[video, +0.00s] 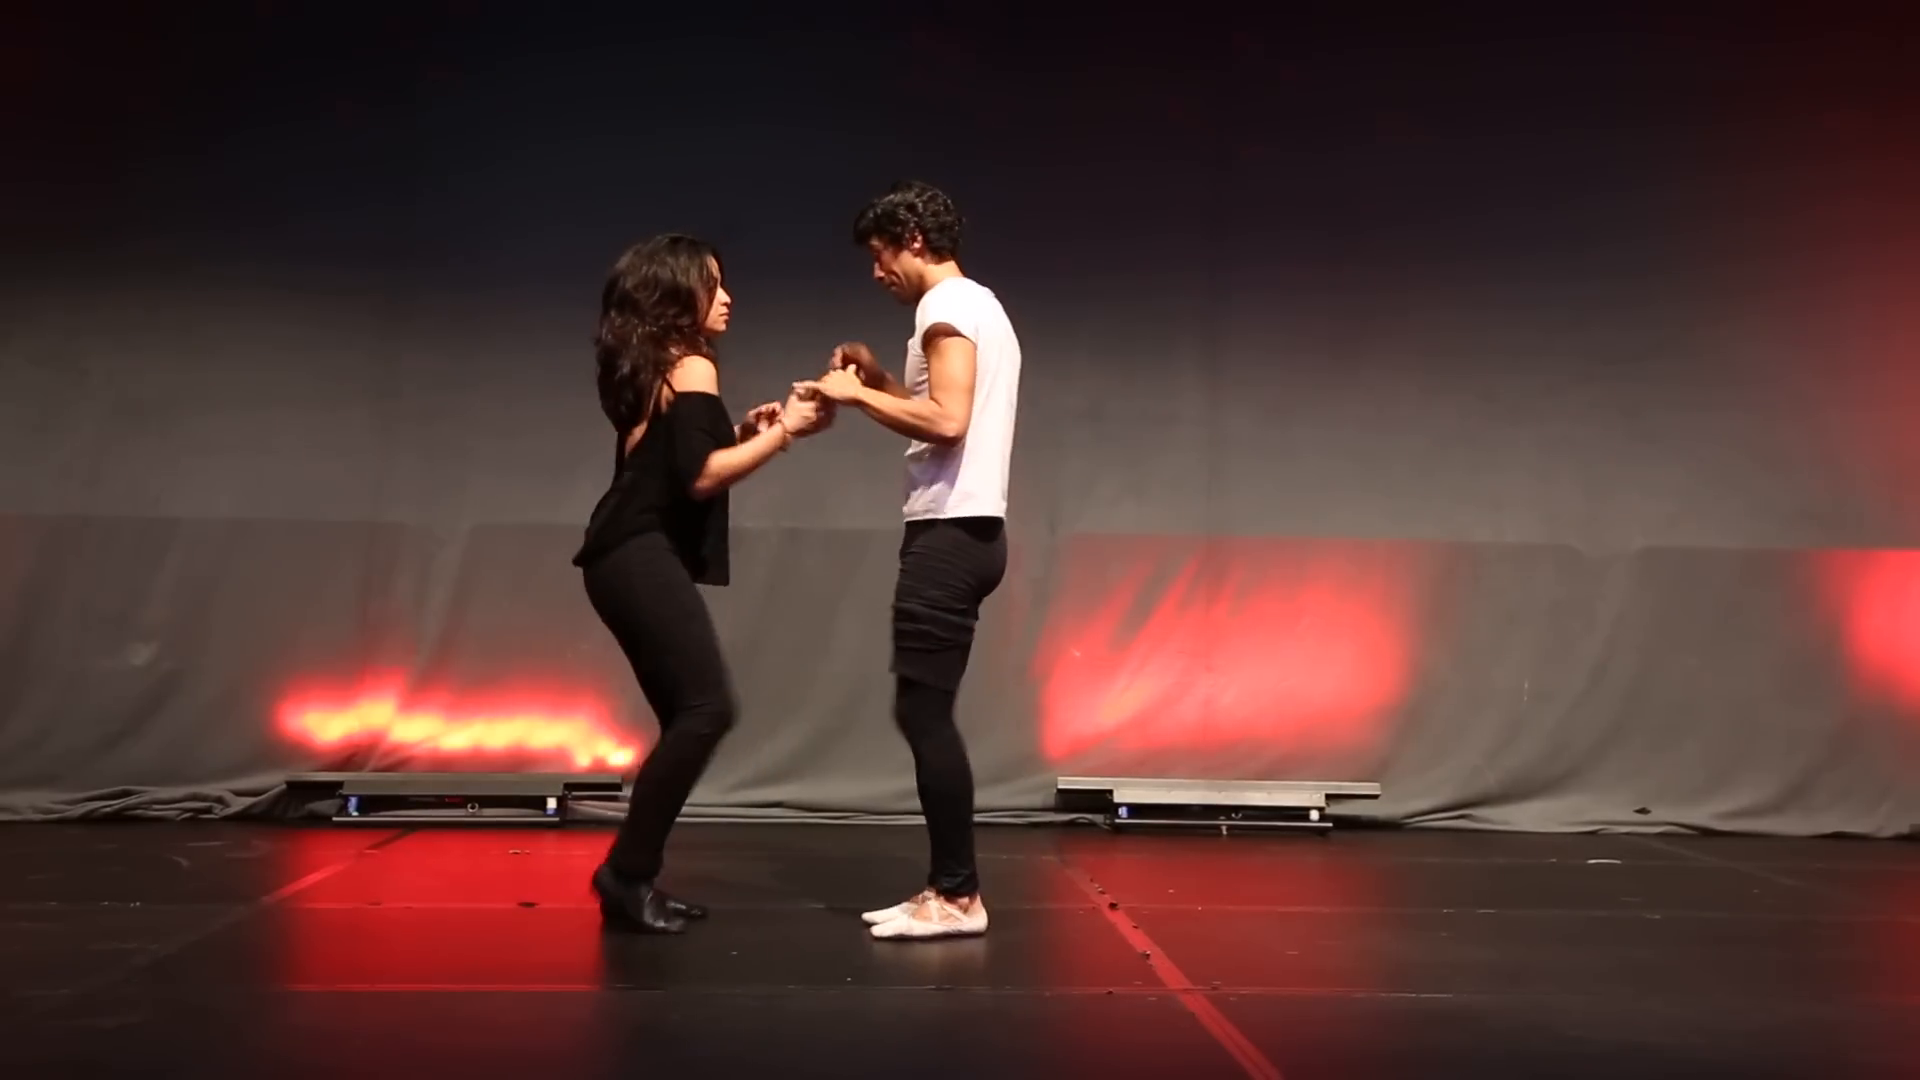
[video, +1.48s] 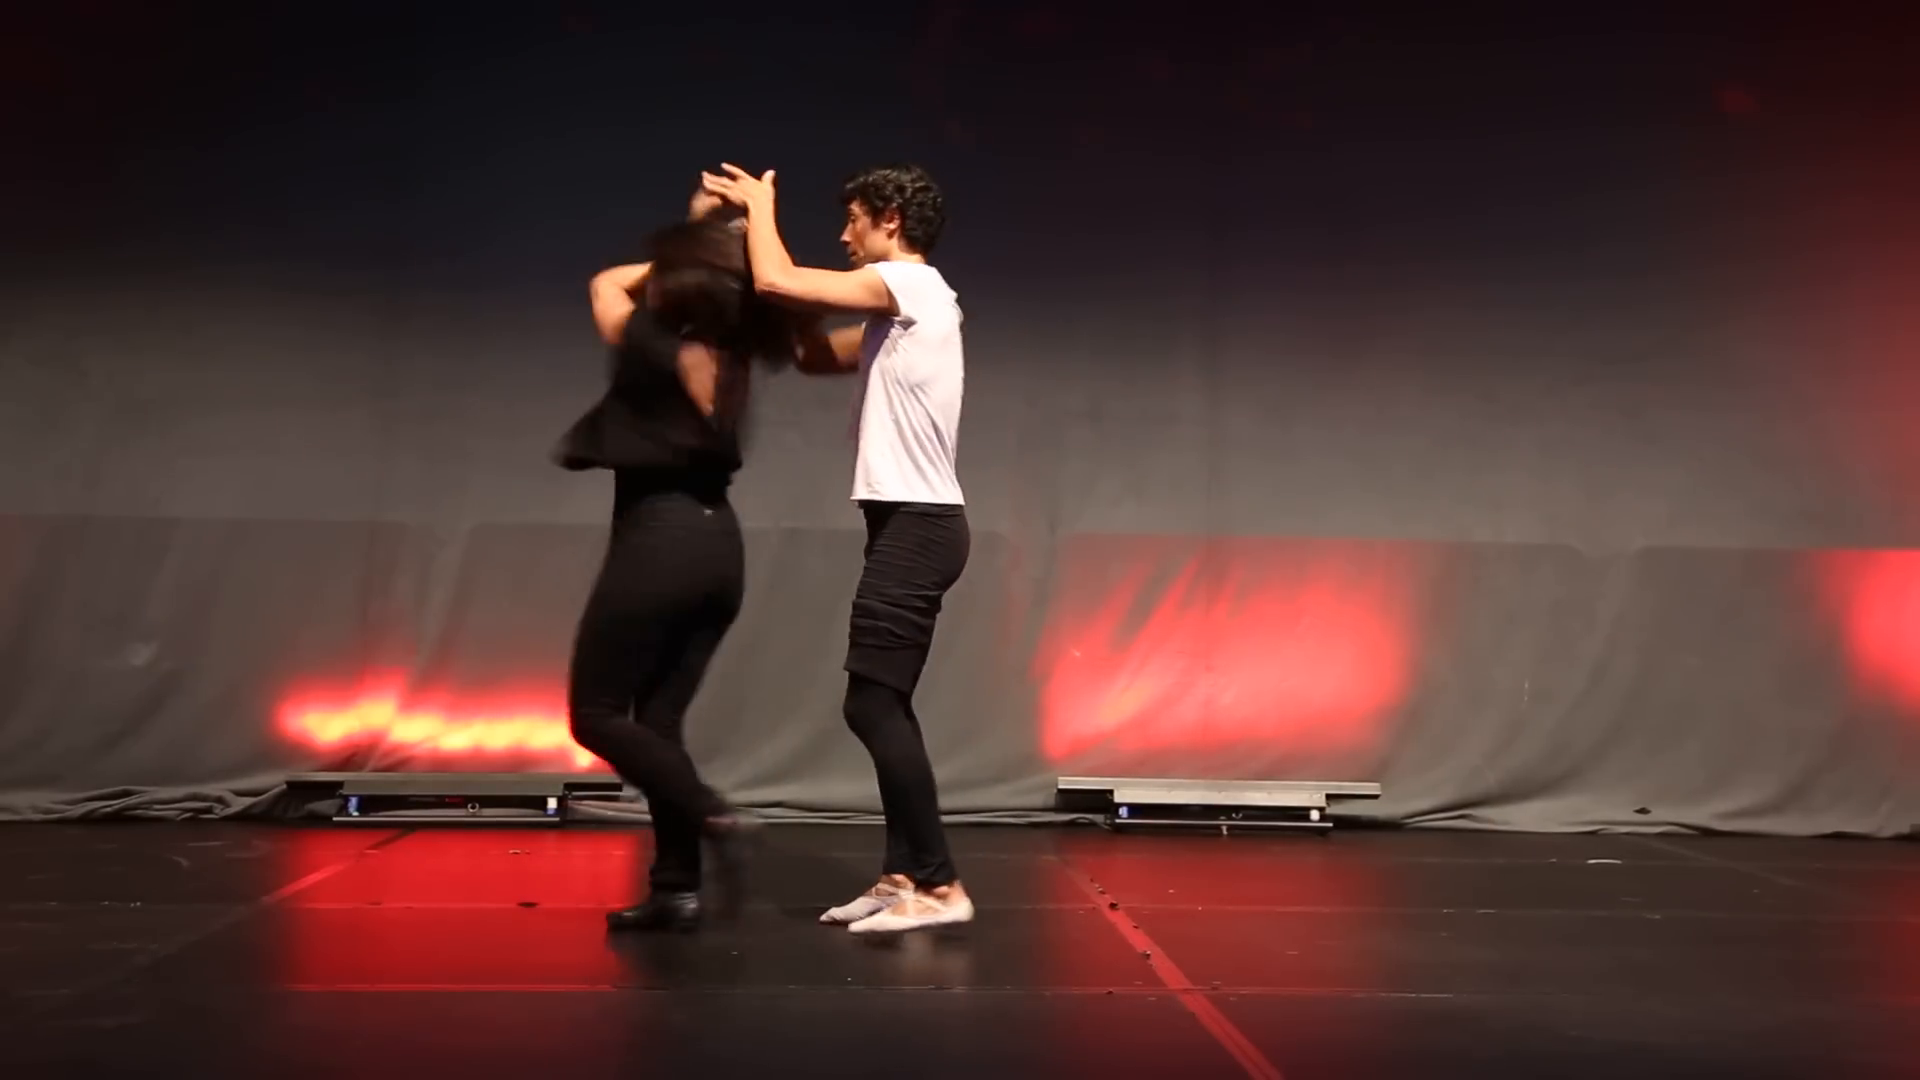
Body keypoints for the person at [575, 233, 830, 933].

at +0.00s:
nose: (726, 297)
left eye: (722, 284)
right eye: (713, 286)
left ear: (669, 300)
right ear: (680, 298)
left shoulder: (653, 368)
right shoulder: (690, 364)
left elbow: (660, 465)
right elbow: (703, 472)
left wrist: (751, 427)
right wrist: (785, 430)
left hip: (624, 560)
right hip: (641, 559)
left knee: (691, 714)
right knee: (706, 709)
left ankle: (632, 876)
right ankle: (626, 877)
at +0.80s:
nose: (711, 301)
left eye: (707, 288)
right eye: (700, 291)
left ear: (638, 304)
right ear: (667, 302)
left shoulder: (623, 368)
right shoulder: (687, 364)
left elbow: (728, 398)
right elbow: (796, 393)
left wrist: (772, 333)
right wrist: (814, 313)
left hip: (602, 574)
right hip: (662, 570)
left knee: (697, 711)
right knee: (661, 732)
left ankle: (714, 867)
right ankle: (582, 882)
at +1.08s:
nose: (722, 302)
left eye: (720, 290)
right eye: (712, 290)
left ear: (658, 297)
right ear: (680, 295)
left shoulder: (680, 363)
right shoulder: (672, 351)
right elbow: (753, 322)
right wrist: (785, 229)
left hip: (680, 568)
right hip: (643, 561)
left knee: (740, 718)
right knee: (666, 729)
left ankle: (699, 880)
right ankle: (581, 876)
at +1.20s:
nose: (727, 292)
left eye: (737, 282)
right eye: (713, 278)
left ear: (747, 296)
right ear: (680, 288)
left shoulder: (745, 361)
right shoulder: (640, 344)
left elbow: (765, 334)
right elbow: (655, 282)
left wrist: (752, 232)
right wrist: (717, 216)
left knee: (744, 723)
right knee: (643, 727)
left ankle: (714, 875)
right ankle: (636, 883)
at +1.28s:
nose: (697, 276)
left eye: (715, 273)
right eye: (690, 260)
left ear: (738, 297)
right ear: (666, 278)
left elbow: (708, 300)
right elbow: (612, 266)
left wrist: (715, 216)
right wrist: (688, 202)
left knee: (721, 727)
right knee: (612, 726)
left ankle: (726, 871)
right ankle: (672, 879)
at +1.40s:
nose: (658, 264)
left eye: (673, 259)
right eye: (662, 256)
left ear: (702, 278)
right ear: (689, 277)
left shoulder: (693, 340)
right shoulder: (679, 332)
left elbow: (610, 283)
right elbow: (630, 270)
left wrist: (671, 230)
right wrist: (680, 205)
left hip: (683, 556)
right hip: (653, 553)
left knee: (639, 720)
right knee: (630, 722)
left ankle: (754, 838)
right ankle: (680, 881)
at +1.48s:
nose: (643, 279)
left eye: (655, 271)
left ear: (670, 276)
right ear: (738, 280)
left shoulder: (652, 342)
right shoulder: (733, 347)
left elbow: (608, 286)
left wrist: (686, 250)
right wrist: (712, 223)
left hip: (655, 542)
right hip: (713, 544)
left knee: (595, 714)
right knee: (659, 719)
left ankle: (714, 821)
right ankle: (675, 890)